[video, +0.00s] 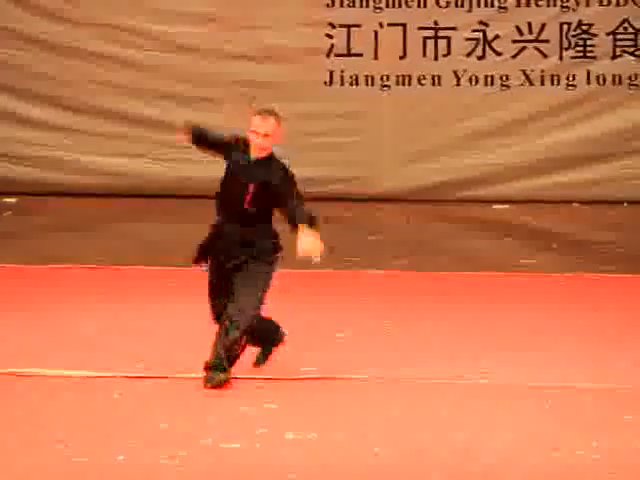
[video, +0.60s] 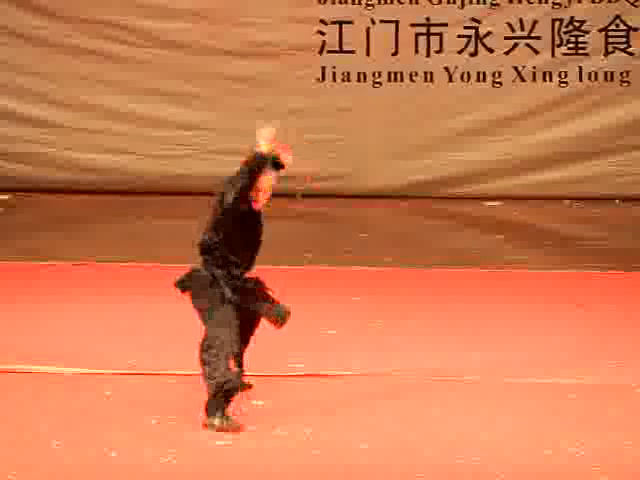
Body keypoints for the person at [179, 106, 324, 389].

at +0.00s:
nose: (258, 140)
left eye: (265, 135)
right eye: (255, 133)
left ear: (276, 137)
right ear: (248, 131)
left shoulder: (278, 173)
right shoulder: (236, 151)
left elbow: (294, 204)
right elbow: (214, 144)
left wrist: (305, 229)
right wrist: (194, 135)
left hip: (257, 250)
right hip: (225, 244)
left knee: (241, 310)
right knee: (222, 310)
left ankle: (219, 366)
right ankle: (268, 334)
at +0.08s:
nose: (265, 153)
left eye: (271, 147)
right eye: (260, 146)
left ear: (281, 149)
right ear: (251, 145)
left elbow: (297, 231)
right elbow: (196, 139)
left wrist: (285, 264)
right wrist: (168, 113)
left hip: (254, 248)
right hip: (220, 242)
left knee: (247, 307)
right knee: (212, 302)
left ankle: (221, 367)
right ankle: (239, 347)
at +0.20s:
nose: (269, 161)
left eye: (275, 155)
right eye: (263, 153)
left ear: (282, 155)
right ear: (252, 152)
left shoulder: (265, 185)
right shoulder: (241, 181)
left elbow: (267, 224)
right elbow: (253, 220)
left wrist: (255, 249)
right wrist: (285, 252)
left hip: (237, 260)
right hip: (214, 259)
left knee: (257, 314)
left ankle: (227, 368)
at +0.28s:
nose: (278, 162)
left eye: (282, 156)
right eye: (273, 154)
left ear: (285, 156)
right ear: (256, 150)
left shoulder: (255, 181)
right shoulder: (245, 183)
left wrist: (258, 248)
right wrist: (254, 250)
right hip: (225, 261)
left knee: (216, 316)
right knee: (255, 316)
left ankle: (217, 363)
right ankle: (224, 370)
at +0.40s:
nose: (265, 164)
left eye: (269, 159)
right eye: (260, 157)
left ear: (273, 157)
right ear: (244, 152)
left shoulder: (246, 178)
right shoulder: (243, 184)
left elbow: (271, 197)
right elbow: (278, 214)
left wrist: (288, 218)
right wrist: (293, 206)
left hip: (226, 261)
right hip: (211, 262)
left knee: (254, 320)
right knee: (229, 332)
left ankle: (224, 373)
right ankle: (167, 345)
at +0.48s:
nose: (262, 174)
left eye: (266, 168)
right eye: (256, 168)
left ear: (270, 165)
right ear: (243, 161)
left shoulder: (247, 181)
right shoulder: (235, 185)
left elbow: (278, 170)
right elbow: (267, 187)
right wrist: (299, 180)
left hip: (226, 265)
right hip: (204, 266)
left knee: (251, 318)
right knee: (230, 325)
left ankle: (226, 371)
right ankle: (191, 373)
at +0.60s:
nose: (266, 195)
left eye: (269, 189)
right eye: (262, 188)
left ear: (270, 191)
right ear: (248, 187)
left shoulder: (253, 217)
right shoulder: (232, 210)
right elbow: (236, 189)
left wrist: (274, 163)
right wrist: (257, 160)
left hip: (233, 278)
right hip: (210, 277)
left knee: (249, 314)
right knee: (222, 324)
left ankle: (232, 365)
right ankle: (216, 401)